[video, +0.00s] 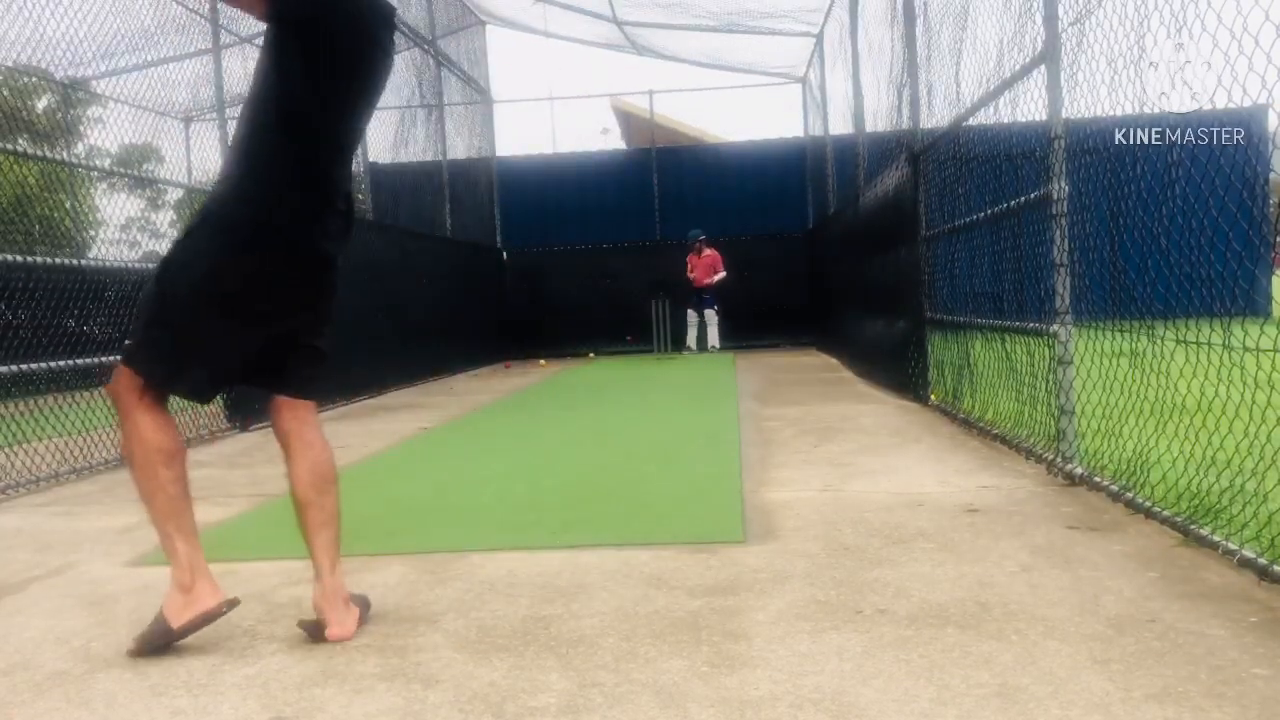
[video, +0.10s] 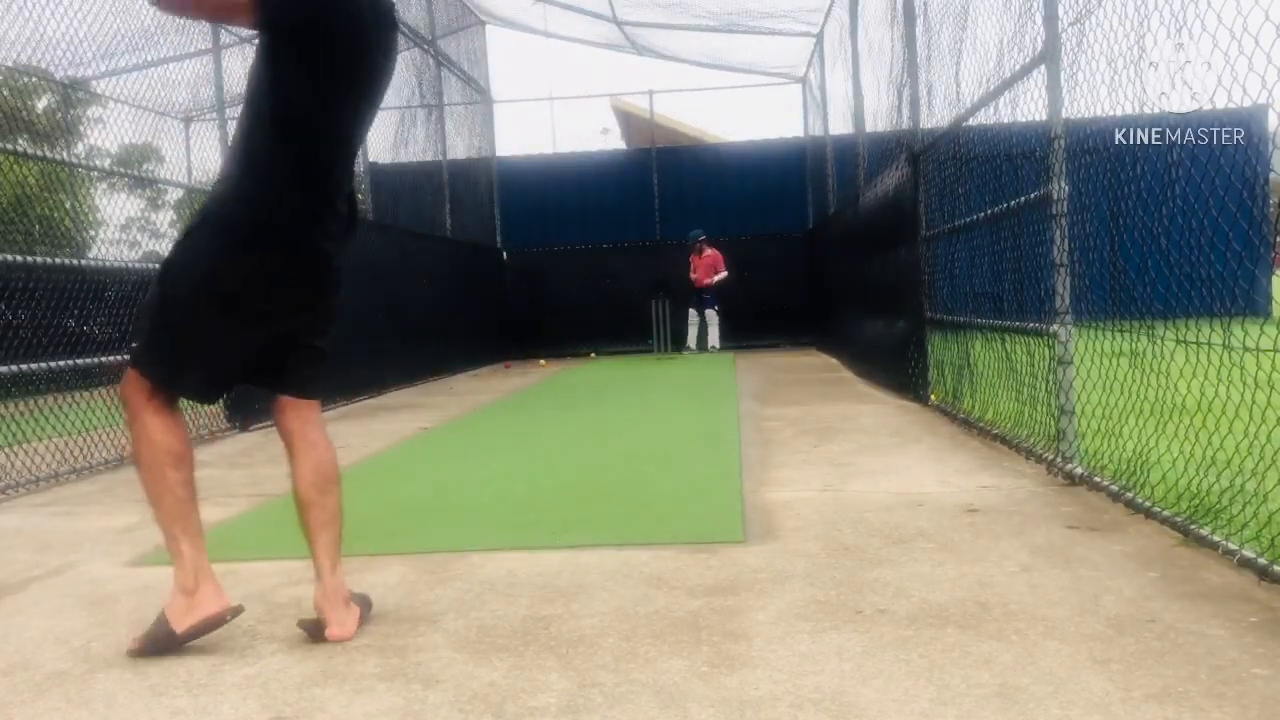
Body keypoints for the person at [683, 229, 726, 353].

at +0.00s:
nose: (694, 246)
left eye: (695, 243)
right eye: (692, 244)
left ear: (702, 242)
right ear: (691, 244)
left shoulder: (713, 254)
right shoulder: (690, 257)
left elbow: (722, 272)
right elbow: (688, 272)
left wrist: (713, 279)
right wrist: (692, 276)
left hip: (708, 288)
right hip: (696, 288)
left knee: (710, 314)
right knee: (691, 314)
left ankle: (713, 345)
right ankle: (691, 346)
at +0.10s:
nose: (693, 247)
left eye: (695, 244)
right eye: (692, 244)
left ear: (702, 242)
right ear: (693, 244)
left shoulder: (714, 254)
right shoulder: (693, 257)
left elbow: (723, 272)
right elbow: (691, 272)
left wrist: (713, 279)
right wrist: (694, 277)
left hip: (709, 288)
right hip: (697, 288)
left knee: (710, 314)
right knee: (693, 314)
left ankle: (713, 345)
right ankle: (691, 345)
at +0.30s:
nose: (718, 274)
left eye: (720, 272)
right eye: (716, 271)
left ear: (721, 273)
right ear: (710, 270)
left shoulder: (715, 281)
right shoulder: (702, 282)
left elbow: (713, 293)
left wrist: (714, 301)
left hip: (702, 303)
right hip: (690, 304)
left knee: (703, 328)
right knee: (689, 329)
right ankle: (685, 356)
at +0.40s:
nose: (716, 273)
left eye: (718, 271)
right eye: (714, 270)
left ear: (720, 272)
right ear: (710, 269)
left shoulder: (716, 280)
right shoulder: (702, 279)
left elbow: (715, 290)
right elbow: (703, 294)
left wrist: (717, 298)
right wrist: (714, 298)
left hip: (703, 302)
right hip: (690, 302)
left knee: (706, 326)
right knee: (686, 327)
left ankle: (707, 356)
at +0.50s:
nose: (714, 268)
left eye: (716, 265)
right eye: (712, 265)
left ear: (718, 266)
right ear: (707, 264)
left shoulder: (716, 275)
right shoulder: (699, 275)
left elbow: (716, 288)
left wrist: (719, 298)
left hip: (702, 302)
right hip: (689, 302)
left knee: (705, 326)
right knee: (680, 326)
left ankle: (707, 356)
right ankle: (673, 350)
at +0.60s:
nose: (711, 263)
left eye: (713, 261)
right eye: (709, 260)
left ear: (716, 262)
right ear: (704, 260)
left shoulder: (715, 275)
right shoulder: (695, 271)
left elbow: (718, 292)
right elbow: (687, 290)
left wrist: (721, 305)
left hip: (703, 304)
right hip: (689, 302)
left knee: (704, 325)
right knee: (678, 324)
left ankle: (707, 356)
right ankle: (674, 352)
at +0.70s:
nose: (707, 260)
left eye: (709, 257)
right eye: (704, 257)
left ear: (712, 259)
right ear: (700, 258)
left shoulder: (713, 274)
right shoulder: (690, 269)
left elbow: (716, 292)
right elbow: (681, 280)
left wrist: (719, 303)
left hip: (700, 303)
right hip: (685, 301)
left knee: (704, 326)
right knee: (678, 326)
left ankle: (707, 356)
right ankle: (674, 354)